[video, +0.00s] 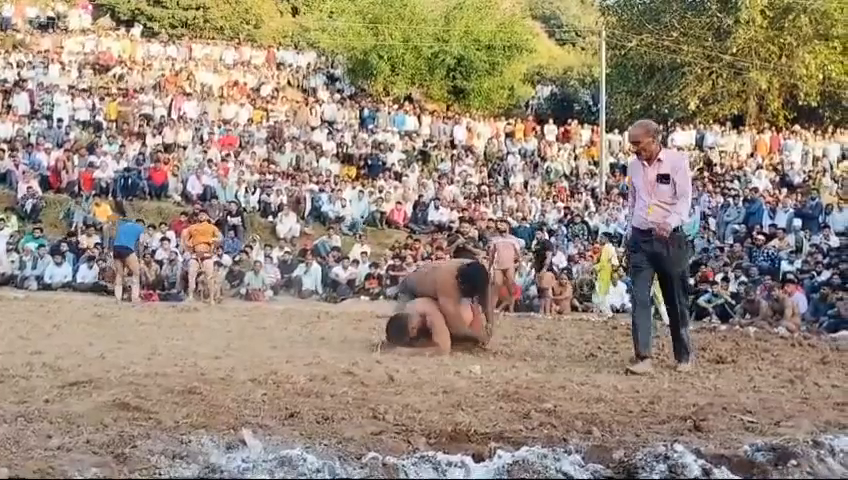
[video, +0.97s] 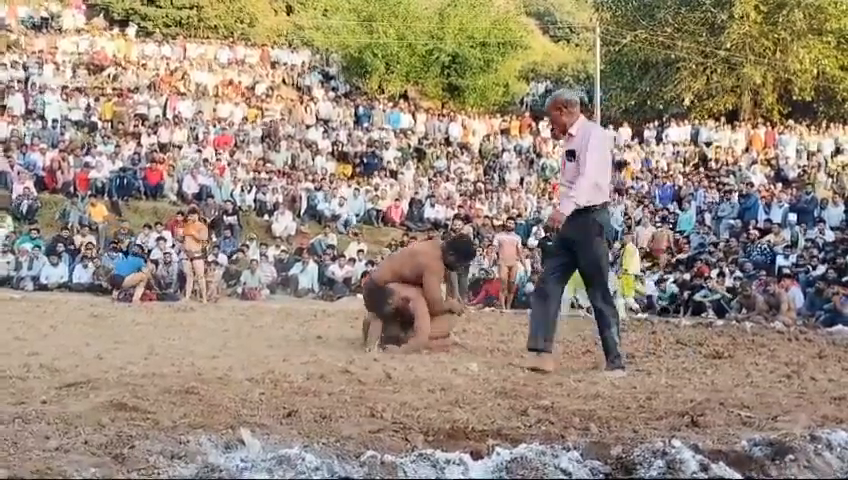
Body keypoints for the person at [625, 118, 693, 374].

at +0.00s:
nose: (637, 151)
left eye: (640, 145)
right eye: (634, 146)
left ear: (655, 140)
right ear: (633, 144)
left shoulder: (676, 160)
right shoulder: (634, 165)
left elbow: (684, 199)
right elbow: (633, 200)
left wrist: (670, 223)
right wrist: (631, 228)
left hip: (669, 235)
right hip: (639, 235)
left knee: (675, 299)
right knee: (640, 297)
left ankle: (683, 356)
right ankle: (642, 356)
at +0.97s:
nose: (551, 126)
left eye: (551, 119)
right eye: (549, 120)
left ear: (565, 111)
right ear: (565, 111)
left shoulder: (594, 135)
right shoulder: (572, 140)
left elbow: (590, 178)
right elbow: (571, 183)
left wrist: (563, 210)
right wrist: (559, 214)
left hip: (590, 217)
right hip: (570, 218)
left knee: (598, 291)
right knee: (548, 284)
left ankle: (615, 359)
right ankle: (540, 351)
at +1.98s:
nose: (404, 124)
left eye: (402, 117)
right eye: (402, 118)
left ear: (408, 112)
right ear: (426, 107)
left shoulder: (424, 133)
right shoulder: (461, 125)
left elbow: (428, 180)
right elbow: (484, 167)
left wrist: (419, 226)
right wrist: (492, 202)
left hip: (457, 209)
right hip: (486, 208)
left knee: (428, 288)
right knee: (488, 287)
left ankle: (430, 360)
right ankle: (517, 354)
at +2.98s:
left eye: (404, 71)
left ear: (402, 73)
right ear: (429, 69)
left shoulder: (390, 101)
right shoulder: (452, 96)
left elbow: (376, 151)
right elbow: (464, 148)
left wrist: (369, 197)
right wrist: (475, 195)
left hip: (403, 192)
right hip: (440, 192)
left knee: (397, 275)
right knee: (437, 281)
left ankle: (384, 354)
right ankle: (429, 362)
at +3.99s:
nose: (377, 67)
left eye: (369, 62)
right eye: (385, 60)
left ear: (363, 66)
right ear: (389, 62)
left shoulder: (348, 100)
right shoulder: (412, 90)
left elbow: (338, 150)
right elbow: (426, 143)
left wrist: (332, 196)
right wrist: (438, 189)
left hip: (365, 192)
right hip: (405, 189)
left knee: (364, 279)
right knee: (412, 279)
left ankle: (365, 364)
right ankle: (416, 364)